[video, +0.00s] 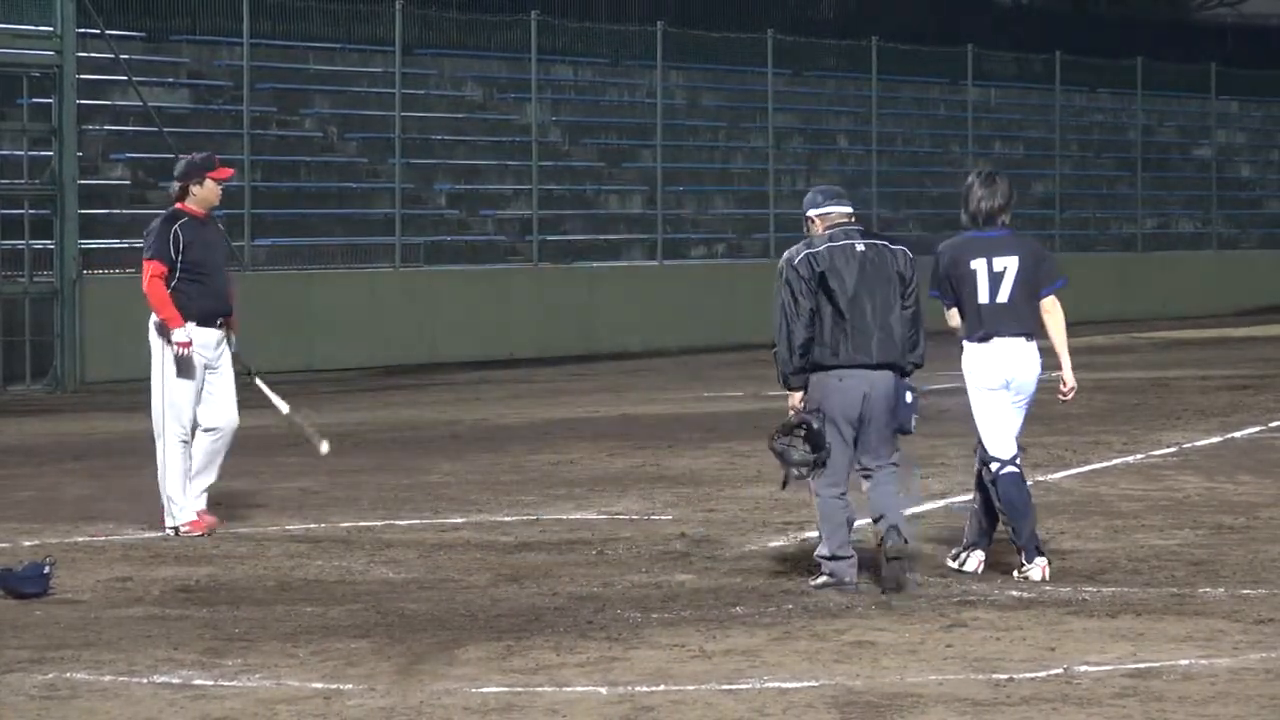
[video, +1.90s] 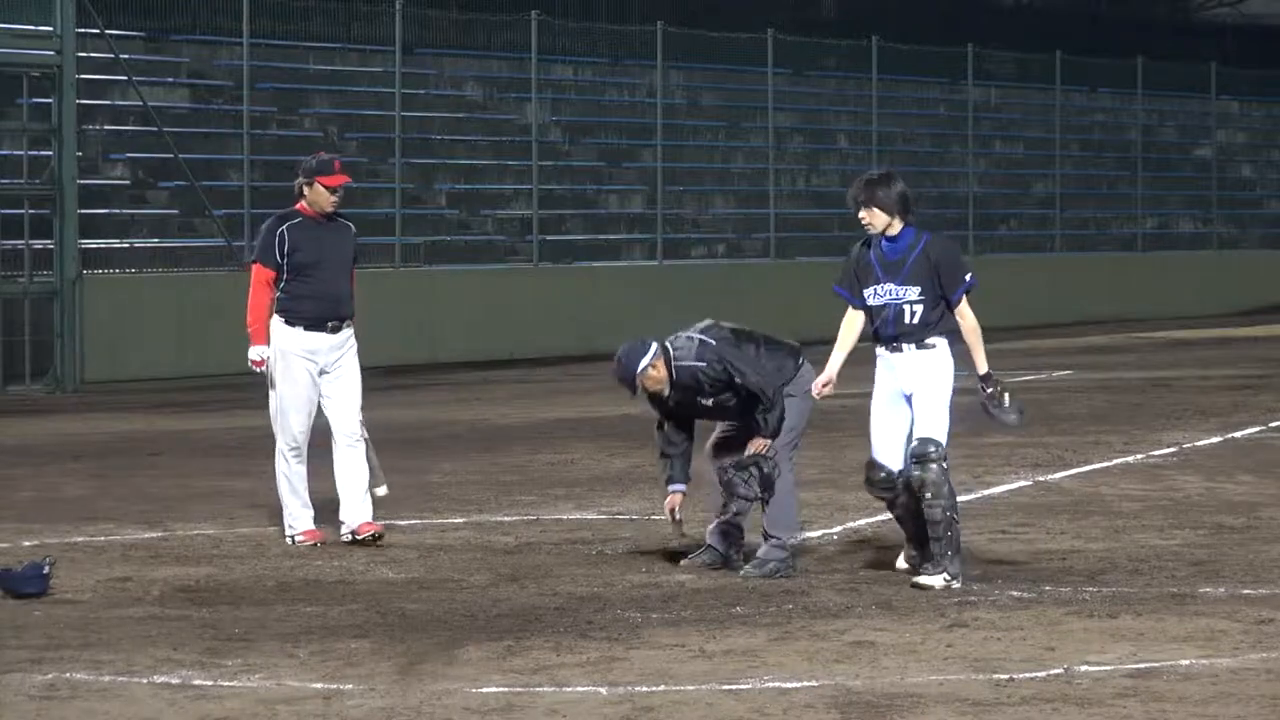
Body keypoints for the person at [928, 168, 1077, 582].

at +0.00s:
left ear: (967, 205)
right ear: (1008, 206)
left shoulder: (950, 252)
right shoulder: (1030, 249)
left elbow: (953, 320)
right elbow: (1051, 308)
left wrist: (985, 316)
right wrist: (1066, 365)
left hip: (980, 356)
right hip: (1025, 354)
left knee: (1002, 457)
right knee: (994, 452)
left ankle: (1032, 555)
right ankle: (975, 547)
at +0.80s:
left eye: (947, 199)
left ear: (946, 205)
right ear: (984, 203)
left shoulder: (933, 252)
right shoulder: (1010, 241)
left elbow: (927, 324)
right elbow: (1037, 302)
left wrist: (944, 365)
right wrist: (1057, 355)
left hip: (967, 358)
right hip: (1011, 355)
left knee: (989, 456)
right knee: (966, 450)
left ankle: (1026, 555)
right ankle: (943, 546)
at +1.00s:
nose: (916, 205)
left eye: (918, 198)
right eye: (918, 198)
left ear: (926, 203)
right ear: (961, 199)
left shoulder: (922, 246)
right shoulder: (988, 243)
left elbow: (911, 313)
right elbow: (1008, 305)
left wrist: (908, 369)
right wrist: (1019, 356)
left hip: (944, 355)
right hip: (982, 352)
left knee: (965, 456)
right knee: (952, 452)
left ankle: (1015, 546)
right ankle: (936, 550)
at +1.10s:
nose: (910, 205)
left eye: (914, 198)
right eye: (912, 197)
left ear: (926, 201)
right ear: (953, 199)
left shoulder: (926, 242)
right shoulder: (977, 241)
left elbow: (909, 308)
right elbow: (987, 306)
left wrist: (894, 368)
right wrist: (986, 359)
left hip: (937, 349)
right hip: (969, 347)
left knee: (948, 454)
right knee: (943, 451)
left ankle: (1008, 539)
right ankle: (936, 550)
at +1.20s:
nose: (899, 206)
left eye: (902, 199)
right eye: (898, 199)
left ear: (919, 199)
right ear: (931, 197)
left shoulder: (931, 238)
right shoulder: (954, 234)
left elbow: (919, 306)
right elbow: (945, 302)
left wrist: (897, 366)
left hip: (932, 349)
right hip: (950, 347)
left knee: (938, 455)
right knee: (927, 453)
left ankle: (1008, 535)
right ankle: (935, 551)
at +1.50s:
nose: (879, 214)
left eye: (885, 205)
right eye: (876, 206)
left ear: (908, 203)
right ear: (884, 208)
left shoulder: (936, 243)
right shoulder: (894, 248)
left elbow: (956, 308)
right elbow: (884, 315)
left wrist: (952, 371)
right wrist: (884, 372)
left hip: (933, 353)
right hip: (901, 355)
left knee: (926, 453)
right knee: (915, 454)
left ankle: (967, 544)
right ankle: (933, 548)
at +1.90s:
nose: (861, 215)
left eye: (868, 207)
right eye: (859, 208)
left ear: (892, 208)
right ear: (867, 211)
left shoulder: (935, 249)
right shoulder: (862, 256)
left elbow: (964, 314)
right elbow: (855, 315)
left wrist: (984, 375)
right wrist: (831, 371)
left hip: (931, 362)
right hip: (887, 365)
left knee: (926, 464)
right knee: (884, 475)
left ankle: (946, 564)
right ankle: (919, 543)